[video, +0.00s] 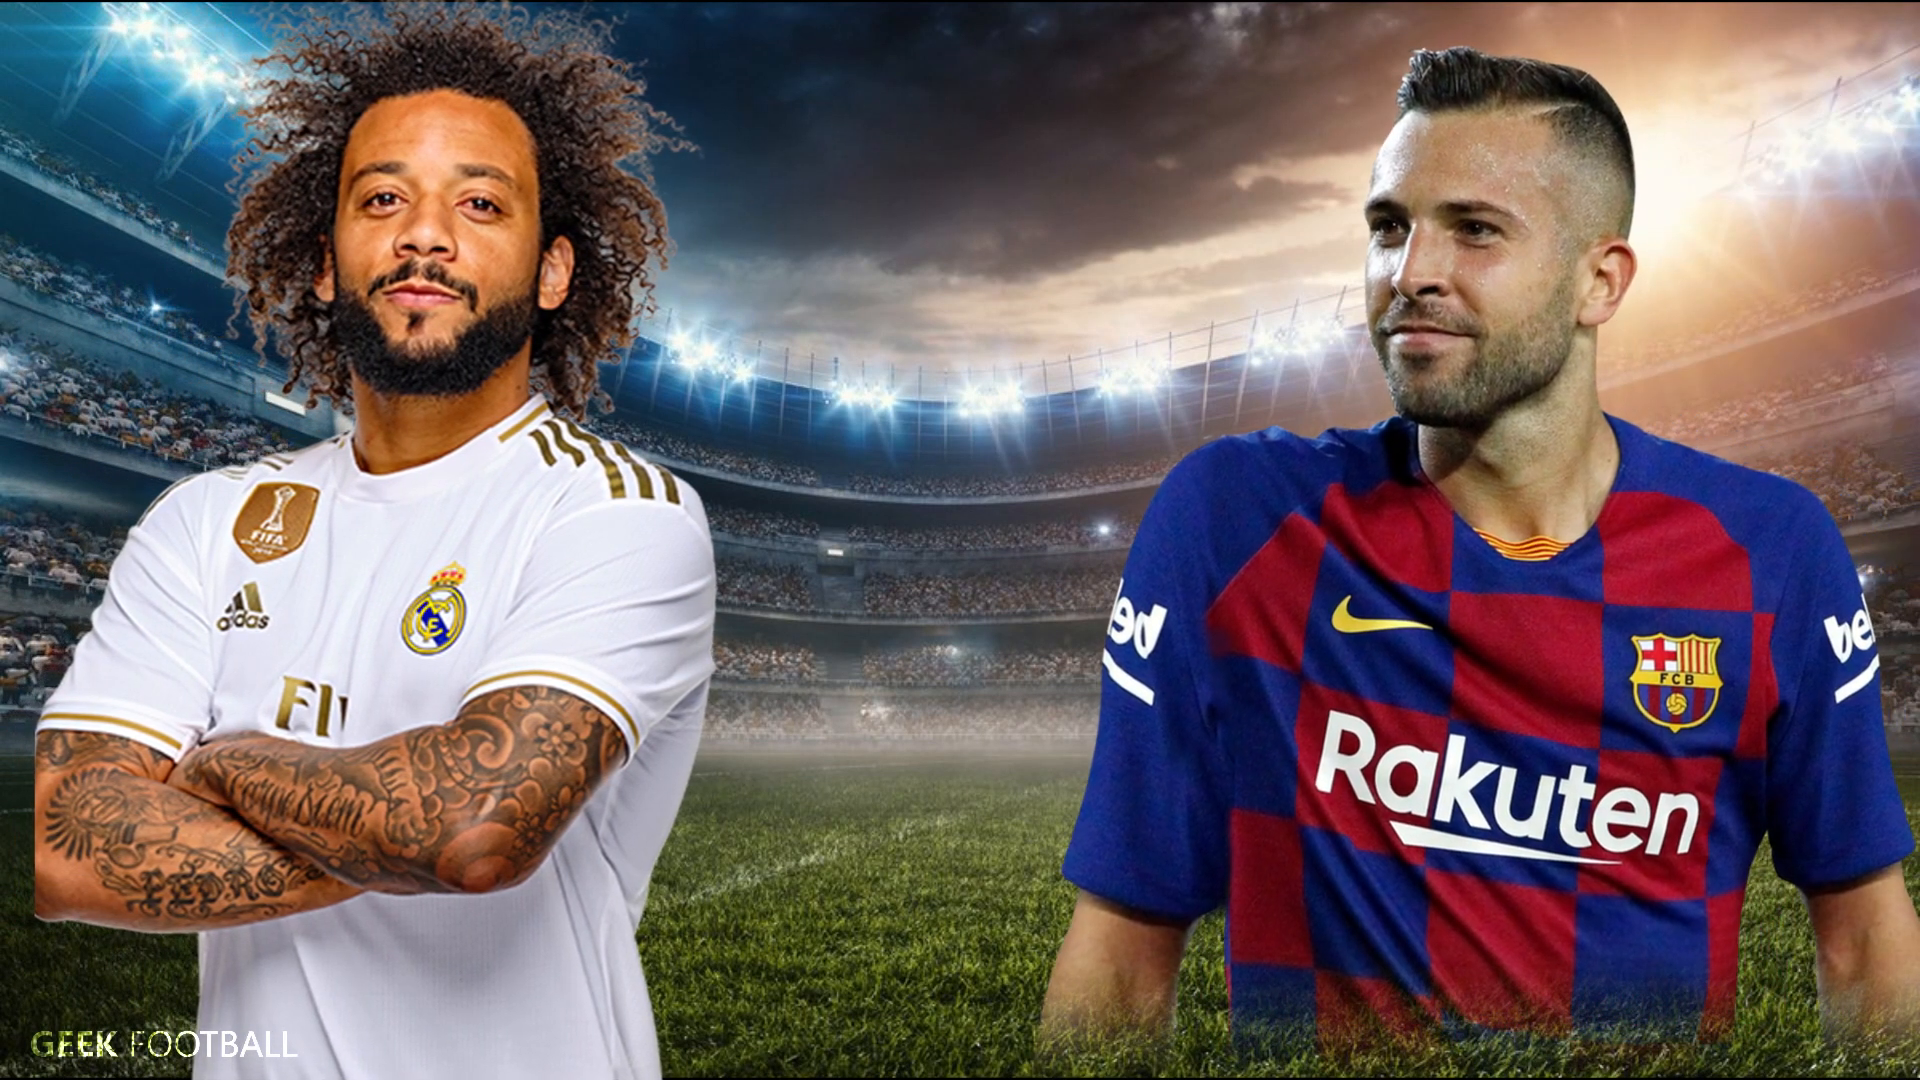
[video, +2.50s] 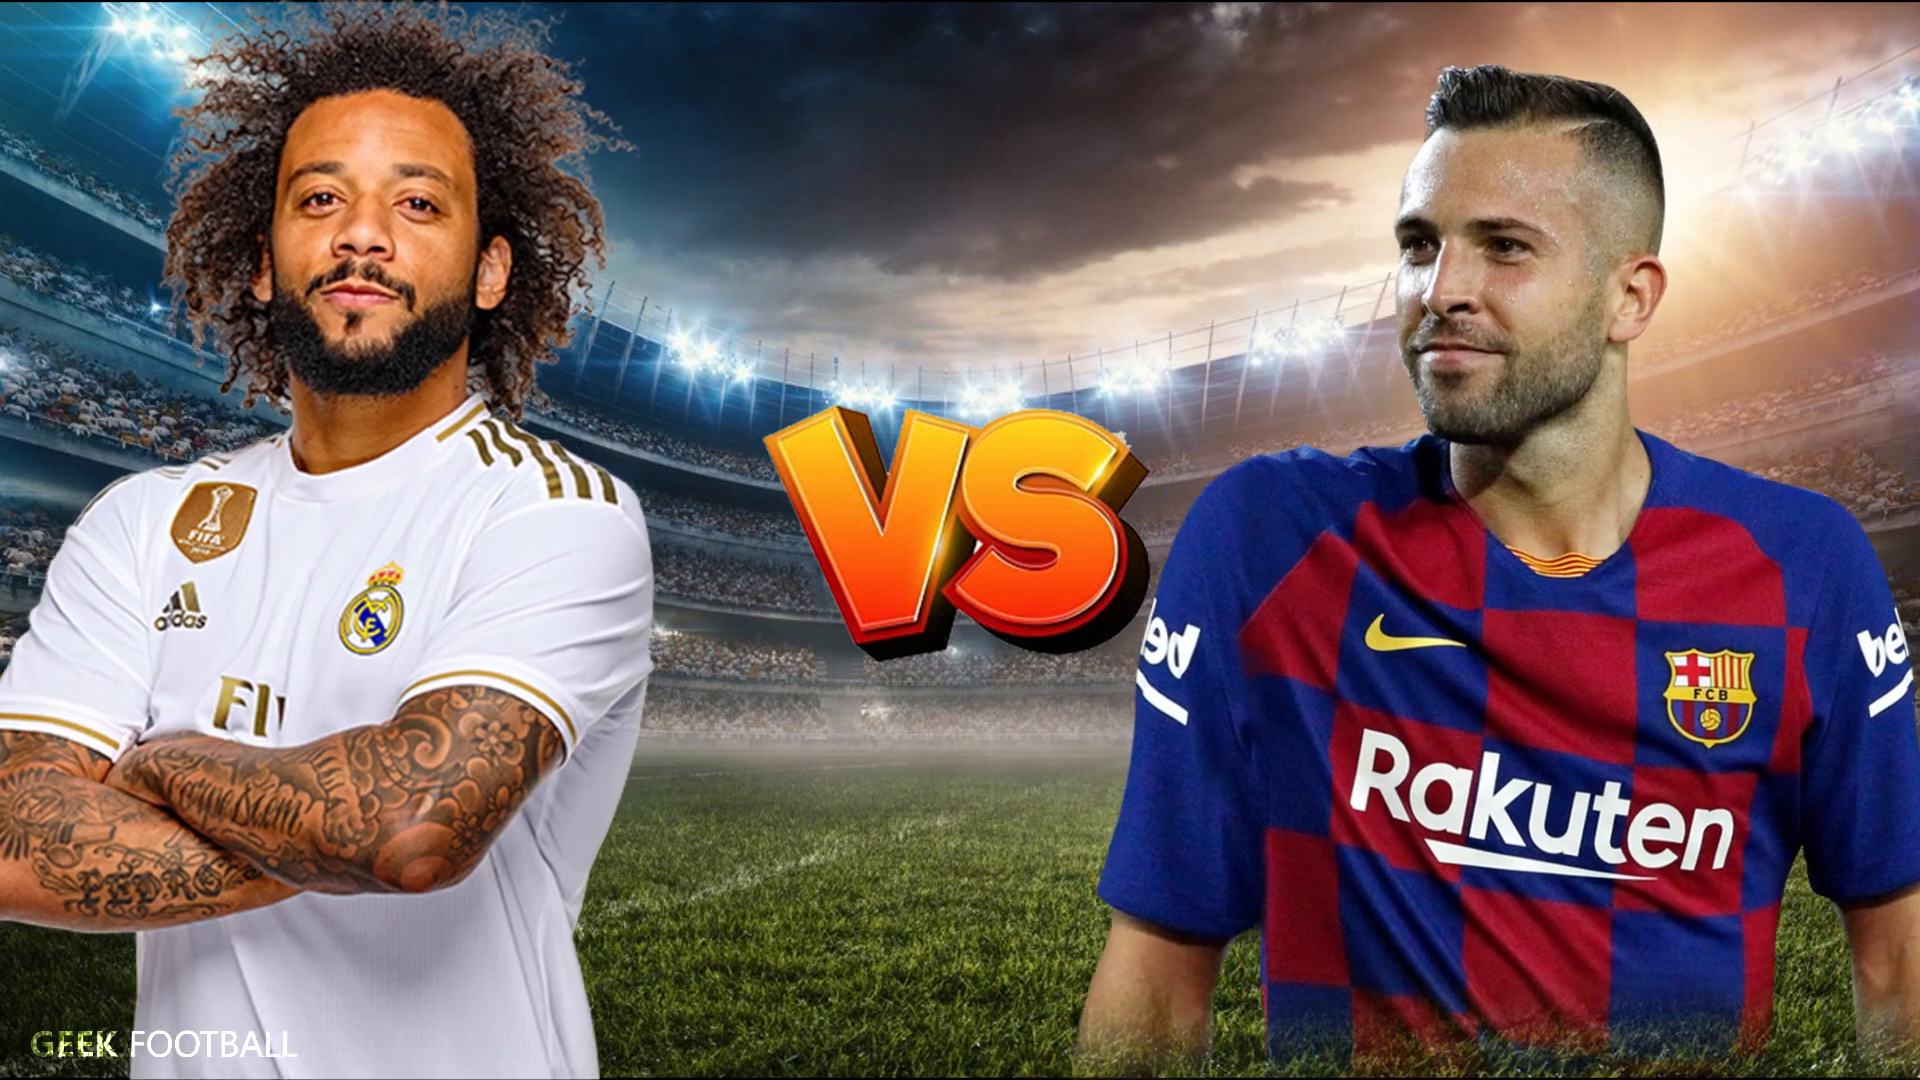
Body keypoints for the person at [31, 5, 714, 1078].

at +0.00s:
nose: (426, 238)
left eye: (482, 203)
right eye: (383, 199)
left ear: (549, 273)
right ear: (329, 260)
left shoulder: (624, 518)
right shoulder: (203, 523)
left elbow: (478, 825)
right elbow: (77, 856)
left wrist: (214, 761)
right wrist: (400, 829)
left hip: (535, 1063)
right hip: (256, 1063)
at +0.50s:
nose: (422, 238)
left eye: (478, 204)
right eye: (379, 199)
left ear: (546, 273)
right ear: (325, 260)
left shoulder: (621, 518)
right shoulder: (201, 522)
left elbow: (475, 825)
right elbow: (73, 856)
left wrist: (210, 761)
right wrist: (396, 829)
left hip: (531, 1063)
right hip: (252, 1062)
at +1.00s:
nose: (415, 238)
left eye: (471, 204)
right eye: (372, 199)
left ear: (539, 273)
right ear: (319, 259)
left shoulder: (614, 517)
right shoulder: (194, 522)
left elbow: (468, 825)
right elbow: (67, 857)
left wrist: (205, 760)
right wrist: (389, 830)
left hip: (526, 1064)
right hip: (246, 1063)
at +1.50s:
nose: (406, 238)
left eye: (461, 203)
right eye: (362, 199)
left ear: (529, 273)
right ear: (309, 260)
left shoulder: (603, 517)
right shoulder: (184, 523)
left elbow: (460, 824)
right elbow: (51, 853)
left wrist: (193, 761)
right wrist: (378, 829)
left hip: (515, 1064)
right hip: (234, 1063)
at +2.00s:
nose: (393, 238)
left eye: (448, 204)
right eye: (349, 199)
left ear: (517, 273)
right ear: (296, 260)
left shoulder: (591, 518)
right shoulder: (171, 522)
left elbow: (446, 825)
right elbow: (33, 850)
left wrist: (182, 759)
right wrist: (362, 830)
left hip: (501, 1063)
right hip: (220, 1061)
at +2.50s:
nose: (363, 237)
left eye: (418, 203)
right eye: (320, 200)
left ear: (487, 271)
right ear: (268, 259)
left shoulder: (562, 518)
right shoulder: (141, 520)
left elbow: (416, 823)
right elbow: (20, 852)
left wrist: (161, 760)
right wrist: (332, 830)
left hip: (473, 1062)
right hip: (193, 1061)